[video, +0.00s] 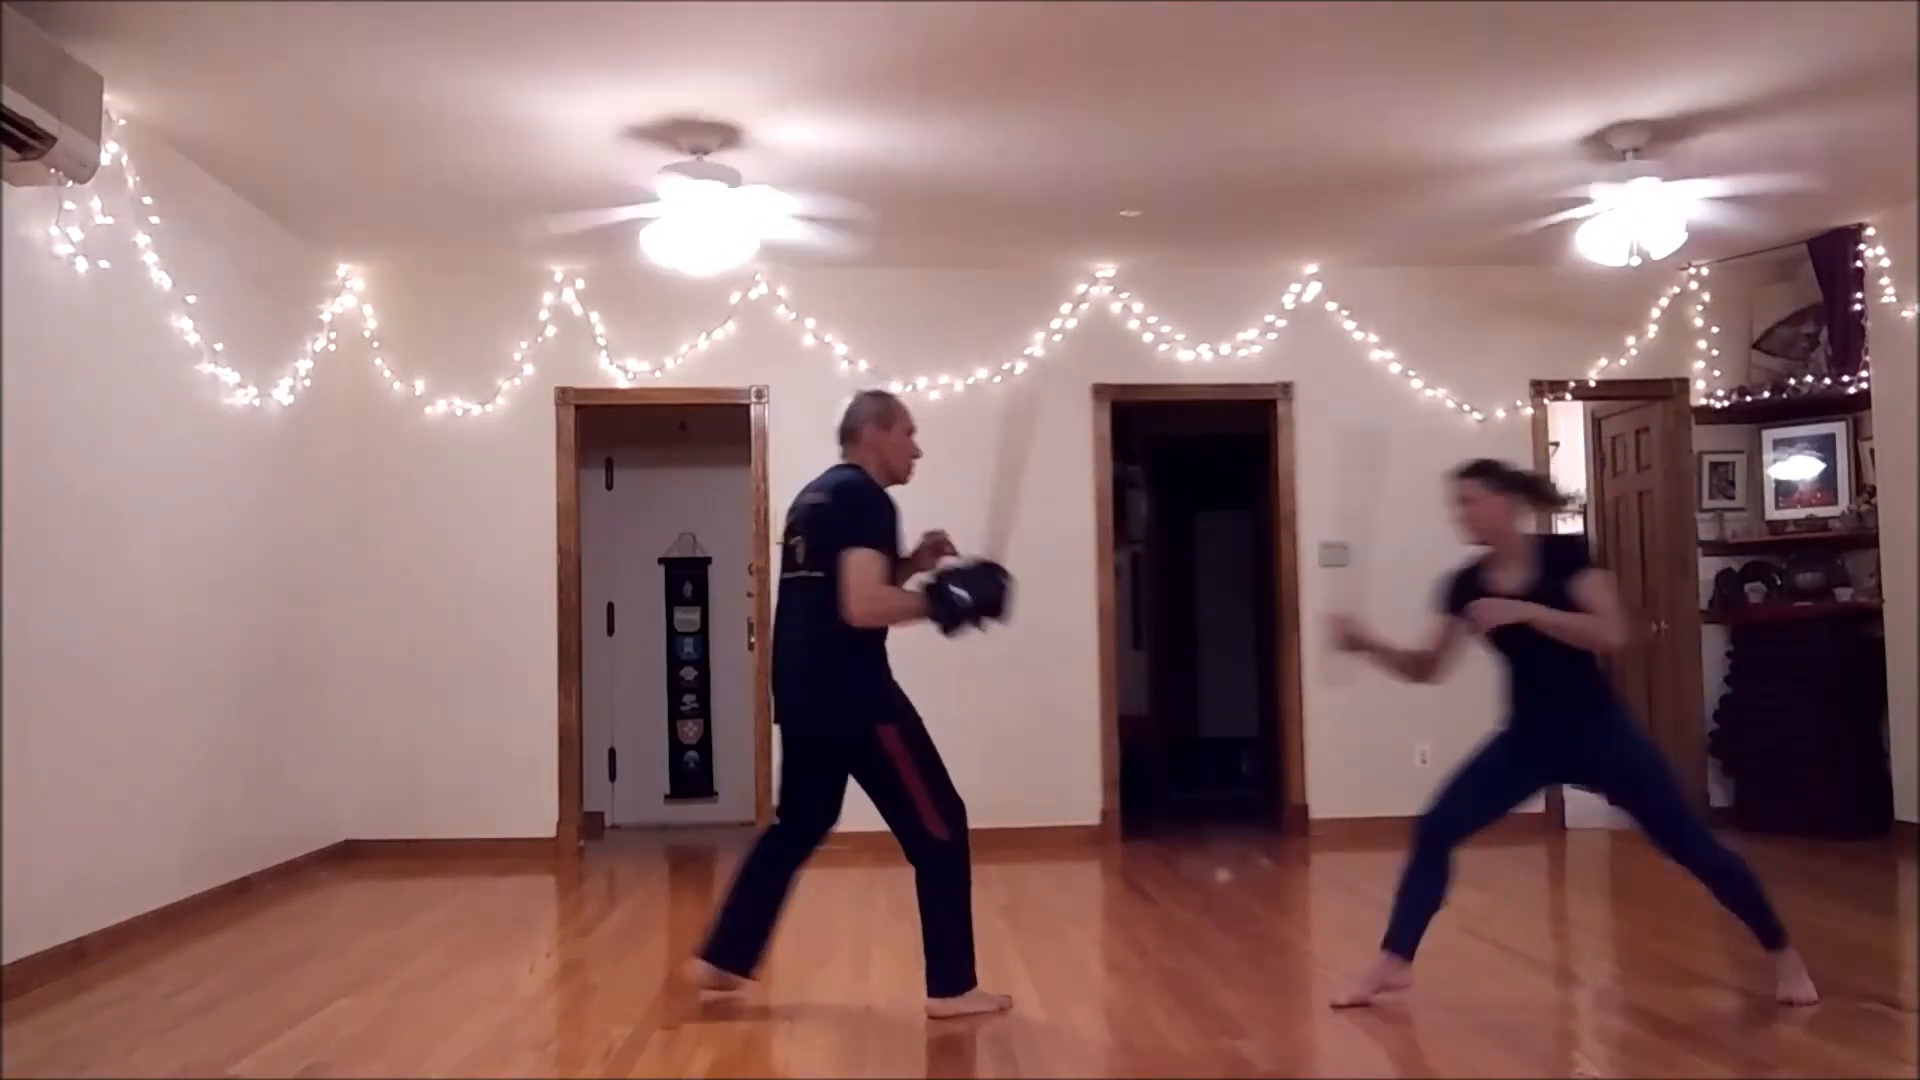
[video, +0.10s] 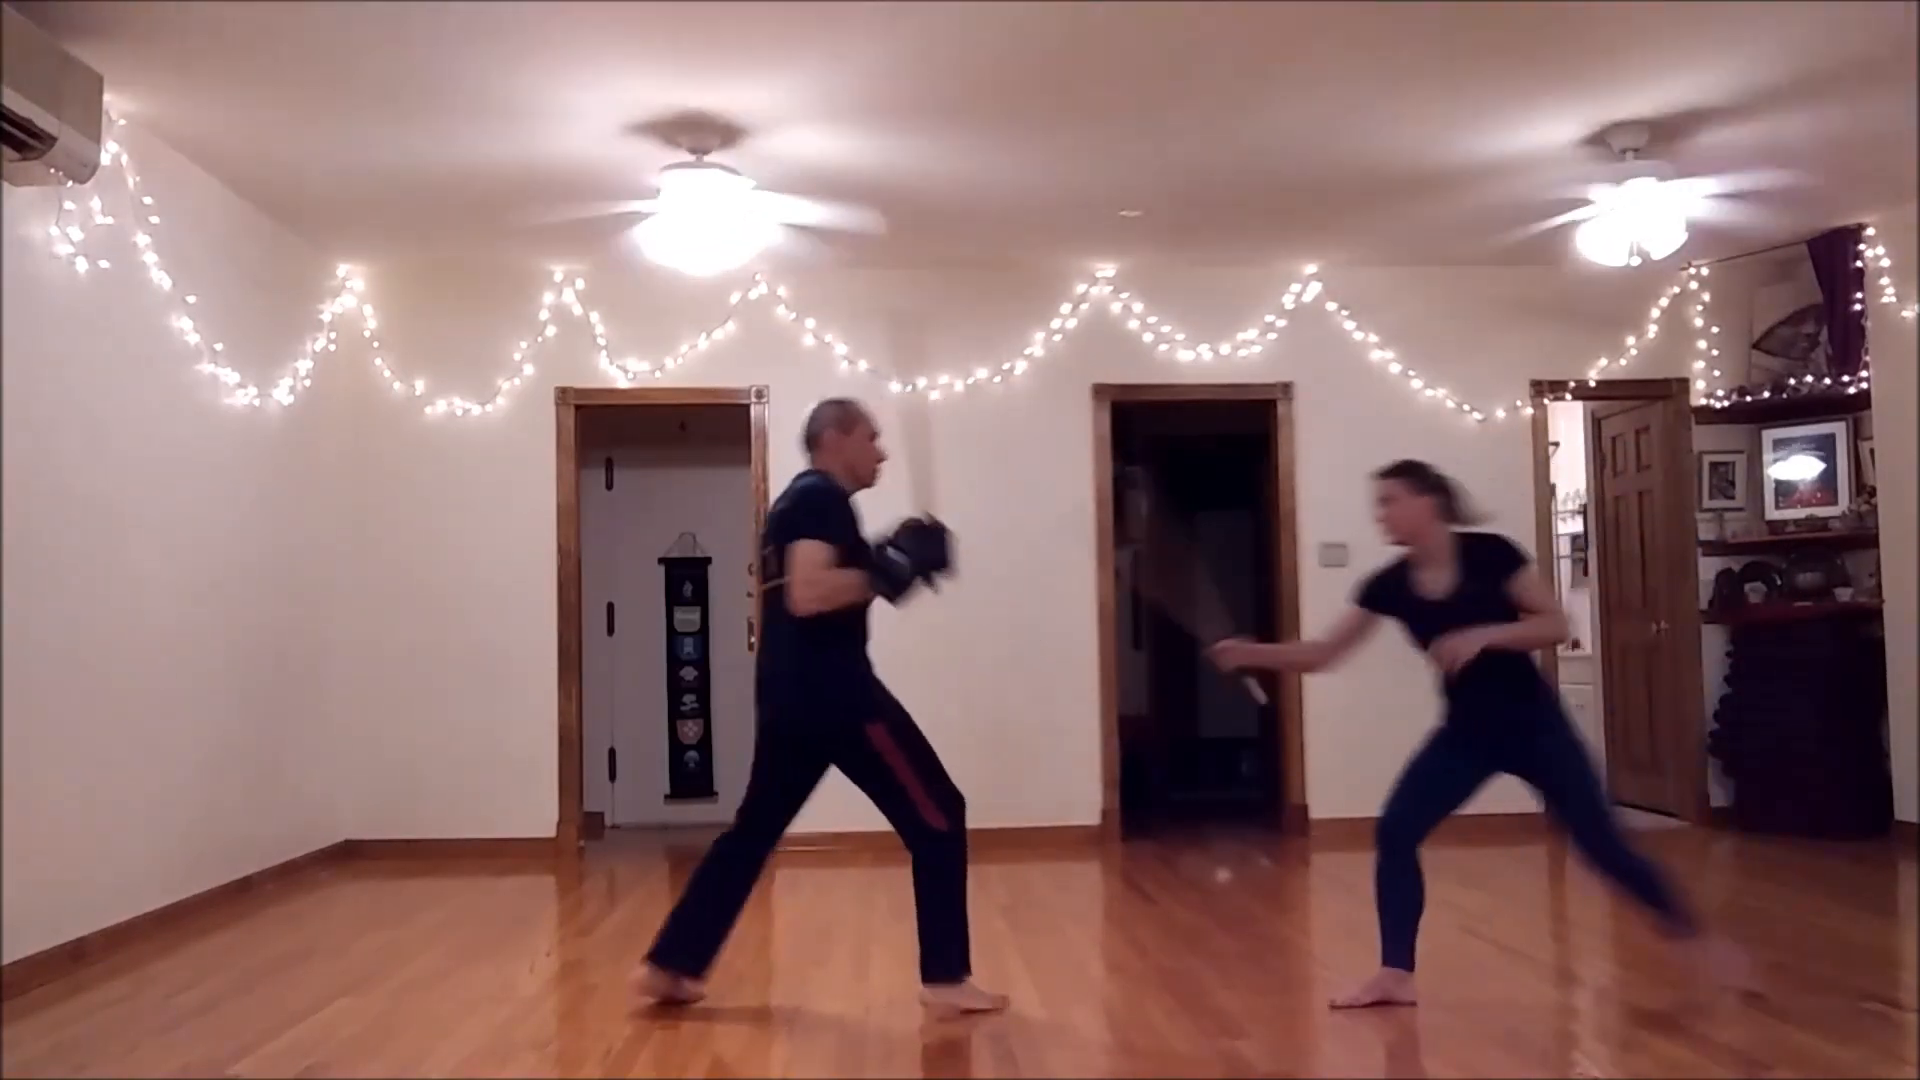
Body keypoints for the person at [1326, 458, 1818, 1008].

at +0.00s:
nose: (1464, 515)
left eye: (1473, 502)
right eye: (1459, 506)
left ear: (1510, 501)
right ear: (1468, 515)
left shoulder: (1567, 558)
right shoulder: (1470, 583)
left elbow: (1613, 634)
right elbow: (1431, 665)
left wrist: (1524, 612)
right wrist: (1369, 645)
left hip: (1600, 736)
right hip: (1528, 741)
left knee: (1686, 840)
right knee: (1437, 828)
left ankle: (1781, 950)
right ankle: (1393, 963)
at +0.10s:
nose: (1382, 515)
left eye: (1393, 502)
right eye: (1380, 504)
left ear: (1432, 504)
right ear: (1397, 515)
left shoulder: (1490, 555)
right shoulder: (1390, 585)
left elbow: (1557, 625)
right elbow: (1324, 652)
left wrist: (1482, 637)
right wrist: (1253, 653)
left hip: (1535, 725)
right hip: (1466, 734)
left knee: (1600, 843)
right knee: (1397, 830)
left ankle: (1695, 936)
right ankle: (1396, 974)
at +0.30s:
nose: (1303, 519)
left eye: (1311, 506)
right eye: (1300, 508)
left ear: (1351, 504)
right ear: (1335, 511)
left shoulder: (1407, 560)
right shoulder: (1319, 580)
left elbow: (1476, 622)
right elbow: (1282, 661)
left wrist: (1434, 683)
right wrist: (1221, 651)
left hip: (1419, 720)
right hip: (1362, 722)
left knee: (1405, 829)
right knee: (1275, 796)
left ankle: (1445, 977)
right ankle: (1314, 932)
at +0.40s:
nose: (1263, 527)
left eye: (1272, 514)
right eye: (1258, 517)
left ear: (1309, 513)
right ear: (1265, 523)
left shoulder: (1360, 566)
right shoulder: (1274, 584)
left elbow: (1437, 618)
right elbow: (1225, 650)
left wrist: (1394, 660)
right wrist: (1176, 606)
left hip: (1364, 733)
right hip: (1307, 735)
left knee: (1365, 851)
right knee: (1209, 803)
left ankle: (1442, 984)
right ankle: (1175, 925)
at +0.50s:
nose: (1202, 520)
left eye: (1212, 508)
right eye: (1198, 511)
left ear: (1250, 508)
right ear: (1200, 519)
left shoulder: (1297, 564)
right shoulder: (1204, 573)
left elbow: (1362, 627)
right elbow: (1135, 624)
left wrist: (1319, 648)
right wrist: (1106, 568)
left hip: (1300, 723)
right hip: (1237, 725)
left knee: (1346, 837)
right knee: (1163, 808)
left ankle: (1430, 968)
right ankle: (1108, 915)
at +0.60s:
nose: (1161, 522)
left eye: (1171, 511)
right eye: (1157, 512)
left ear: (1205, 511)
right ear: (1154, 518)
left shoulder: (1243, 571)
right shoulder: (1148, 576)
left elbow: (1289, 638)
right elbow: (1084, 619)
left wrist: (1248, 631)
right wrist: (1061, 563)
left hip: (1247, 728)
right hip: (1175, 731)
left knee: (1305, 819)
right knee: (1129, 828)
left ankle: (1358, 935)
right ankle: (1112, 931)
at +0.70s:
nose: (1134, 523)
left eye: (1145, 512)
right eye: (1127, 513)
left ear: (1176, 514)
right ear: (1121, 518)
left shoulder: (1206, 572)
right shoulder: (1118, 571)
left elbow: (1238, 638)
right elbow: (1074, 626)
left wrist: (1220, 623)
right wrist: (1117, 590)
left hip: (1193, 716)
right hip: (1135, 718)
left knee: (1244, 795)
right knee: (1117, 827)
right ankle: (1081, 925)